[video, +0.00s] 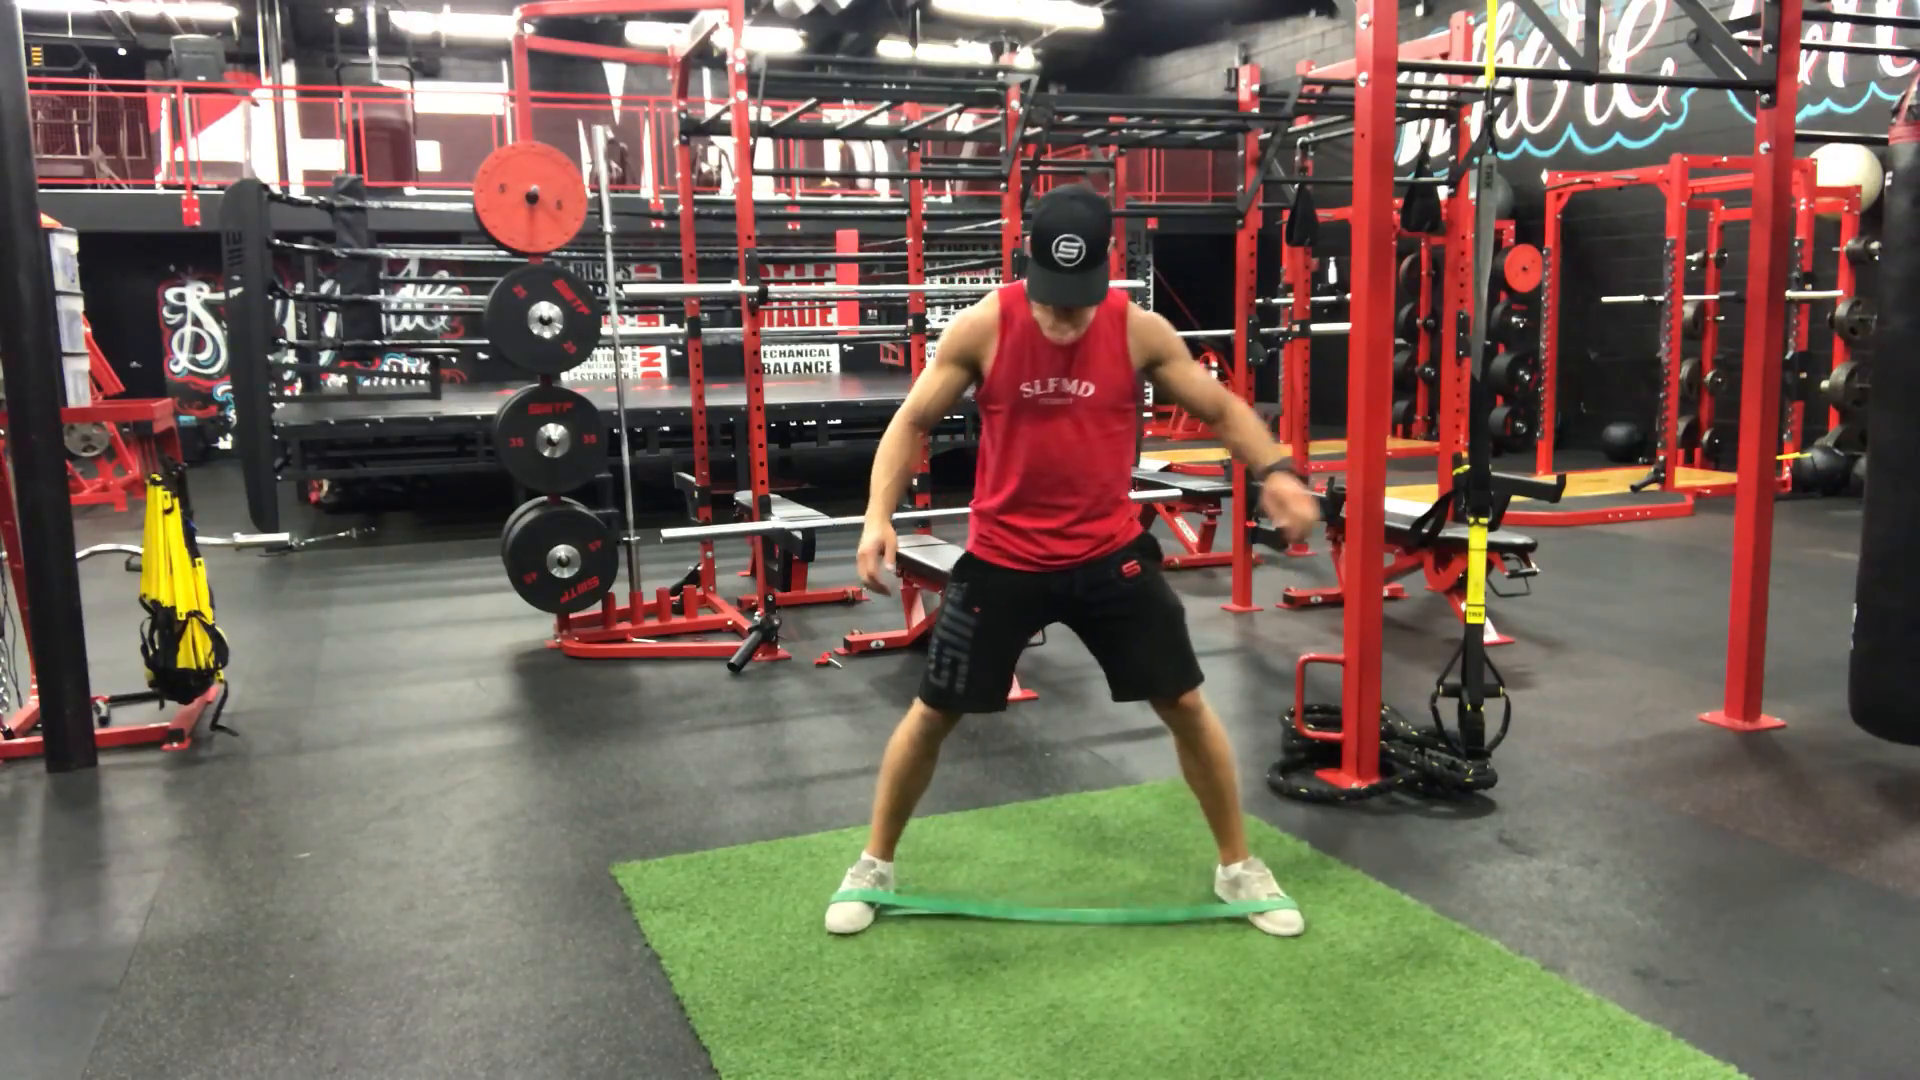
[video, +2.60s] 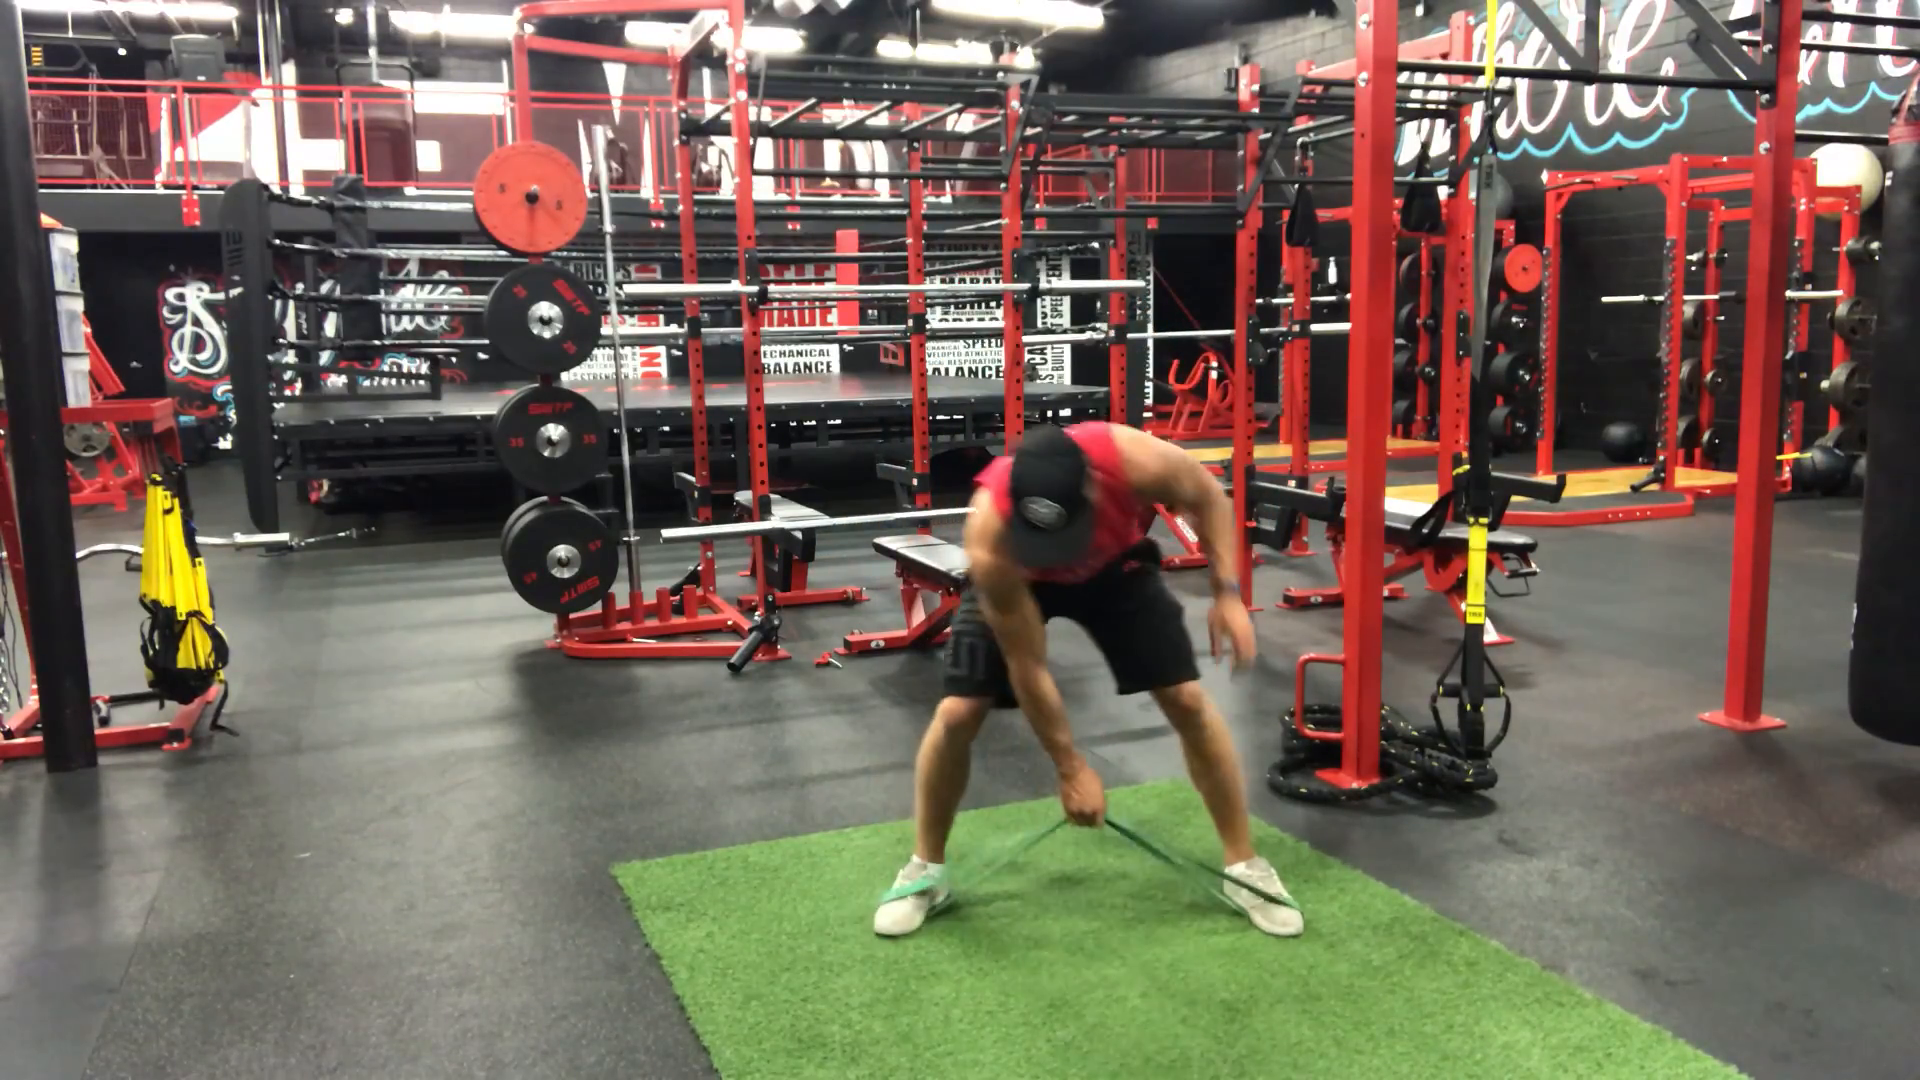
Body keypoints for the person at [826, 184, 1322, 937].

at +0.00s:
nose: (1063, 313)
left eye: (1079, 297)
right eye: (1050, 296)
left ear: (1105, 272)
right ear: (1026, 267)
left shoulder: (1139, 332)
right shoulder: (982, 327)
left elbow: (1224, 409)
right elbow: (910, 423)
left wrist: (1276, 470)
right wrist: (877, 516)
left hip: (1111, 551)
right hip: (1001, 555)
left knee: (1185, 702)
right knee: (932, 711)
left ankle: (1238, 865)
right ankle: (874, 863)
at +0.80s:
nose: (1056, 364)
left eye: (1071, 349)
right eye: (1043, 349)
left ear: (1098, 318)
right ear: (1019, 317)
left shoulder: (1137, 363)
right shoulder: (975, 373)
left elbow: (1204, 462)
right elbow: (923, 488)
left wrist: (1215, 561)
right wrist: (914, 608)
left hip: (1110, 557)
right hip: (1001, 559)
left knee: (1183, 697)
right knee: (930, 704)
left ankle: (1242, 862)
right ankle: (874, 863)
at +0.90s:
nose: (1061, 437)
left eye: (1076, 426)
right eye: (1047, 426)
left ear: (1104, 395)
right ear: (1024, 393)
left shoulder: (1143, 412)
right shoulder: (981, 421)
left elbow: (1191, 515)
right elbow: (940, 553)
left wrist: (1193, 622)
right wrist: (952, 677)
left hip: (1109, 564)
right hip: (1000, 567)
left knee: (1187, 696)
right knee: (927, 703)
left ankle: (1243, 864)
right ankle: (873, 861)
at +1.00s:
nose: (1065, 532)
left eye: (1080, 523)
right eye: (1050, 524)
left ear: (1107, 478)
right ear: (1026, 481)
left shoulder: (1143, 458)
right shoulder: (985, 489)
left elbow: (1177, 553)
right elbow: (967, 627)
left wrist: (1168, 657)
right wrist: (984, 748)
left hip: (1112, 566)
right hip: (1005, 572)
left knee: (1192, 694)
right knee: (922, 701)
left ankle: (1243, 863)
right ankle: (872, 860)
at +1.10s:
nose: (1061, 603)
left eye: (1076, 590)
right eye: (1047, 591)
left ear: (1109, 544)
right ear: (1025, 552)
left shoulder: (1145, 501)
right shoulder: (989, 559)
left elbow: (1166, 576)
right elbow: (989, 694)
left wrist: (1150, 671)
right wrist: (1012, 809)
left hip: (1116, 574)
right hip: (1003, 577)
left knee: (1195, 692)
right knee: (922, 703)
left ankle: (1243, 862)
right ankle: (872, 861)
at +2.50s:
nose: (1090, 566)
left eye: (1107, 556)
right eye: (1079, 556)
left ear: (1143, 514)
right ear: (1059, 528)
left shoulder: (1181, 480)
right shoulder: (1027, 542)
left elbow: (1240, 546)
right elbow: (1039, 685)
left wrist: (1233, 643)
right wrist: (1066, 789)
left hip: (1137, 569)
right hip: (1037, 571)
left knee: (1207, 702)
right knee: (955, 698)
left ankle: (1246, 864)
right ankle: (905, 853)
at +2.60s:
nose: (1047, 554)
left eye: (1060, 542)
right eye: (1033, 545)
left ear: (1092, 490)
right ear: (1012, 505)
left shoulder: (1132, 459)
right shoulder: (987, 532)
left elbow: (1209, 497)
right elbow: (1028, 665)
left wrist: (1227, 590)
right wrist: (1069, 769)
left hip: (1113, 567)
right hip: (1013, 581)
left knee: (1189, 702)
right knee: (956, 716)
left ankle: (1243, 863)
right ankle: (925, 866)